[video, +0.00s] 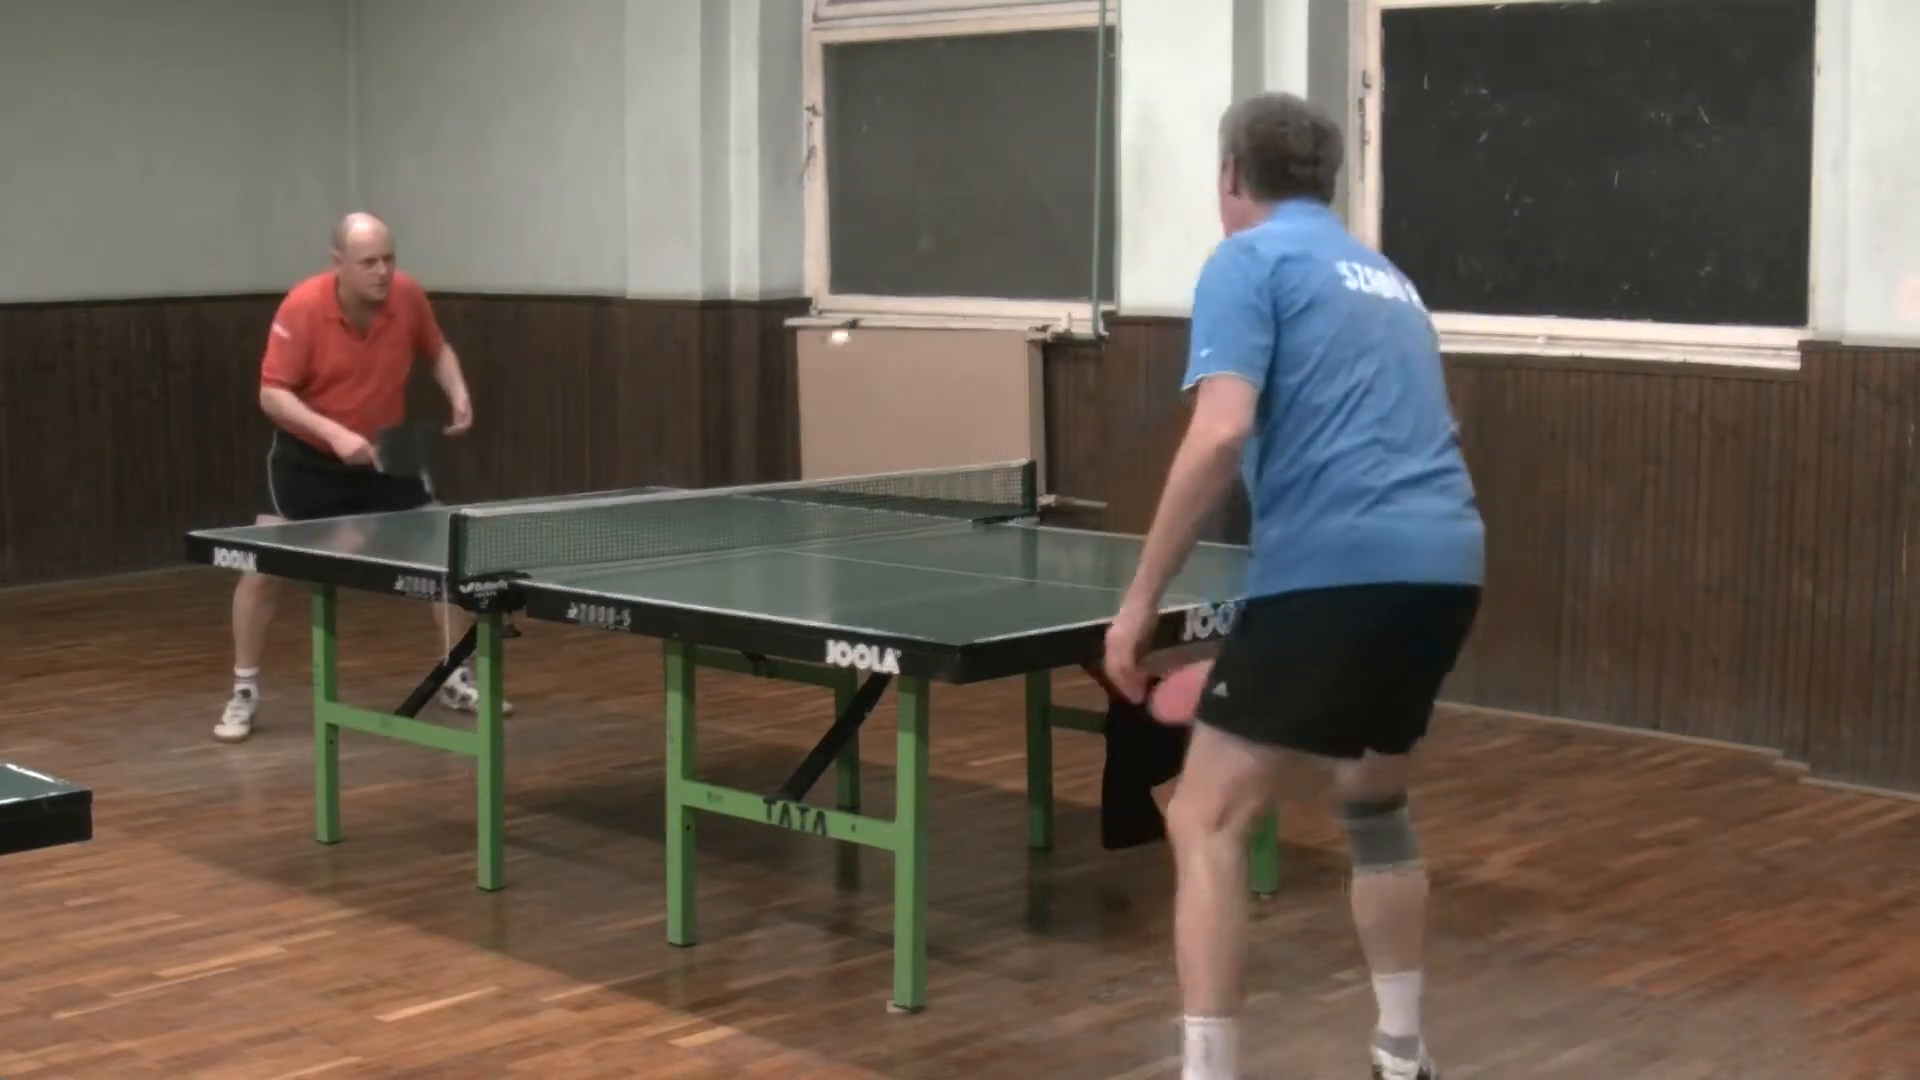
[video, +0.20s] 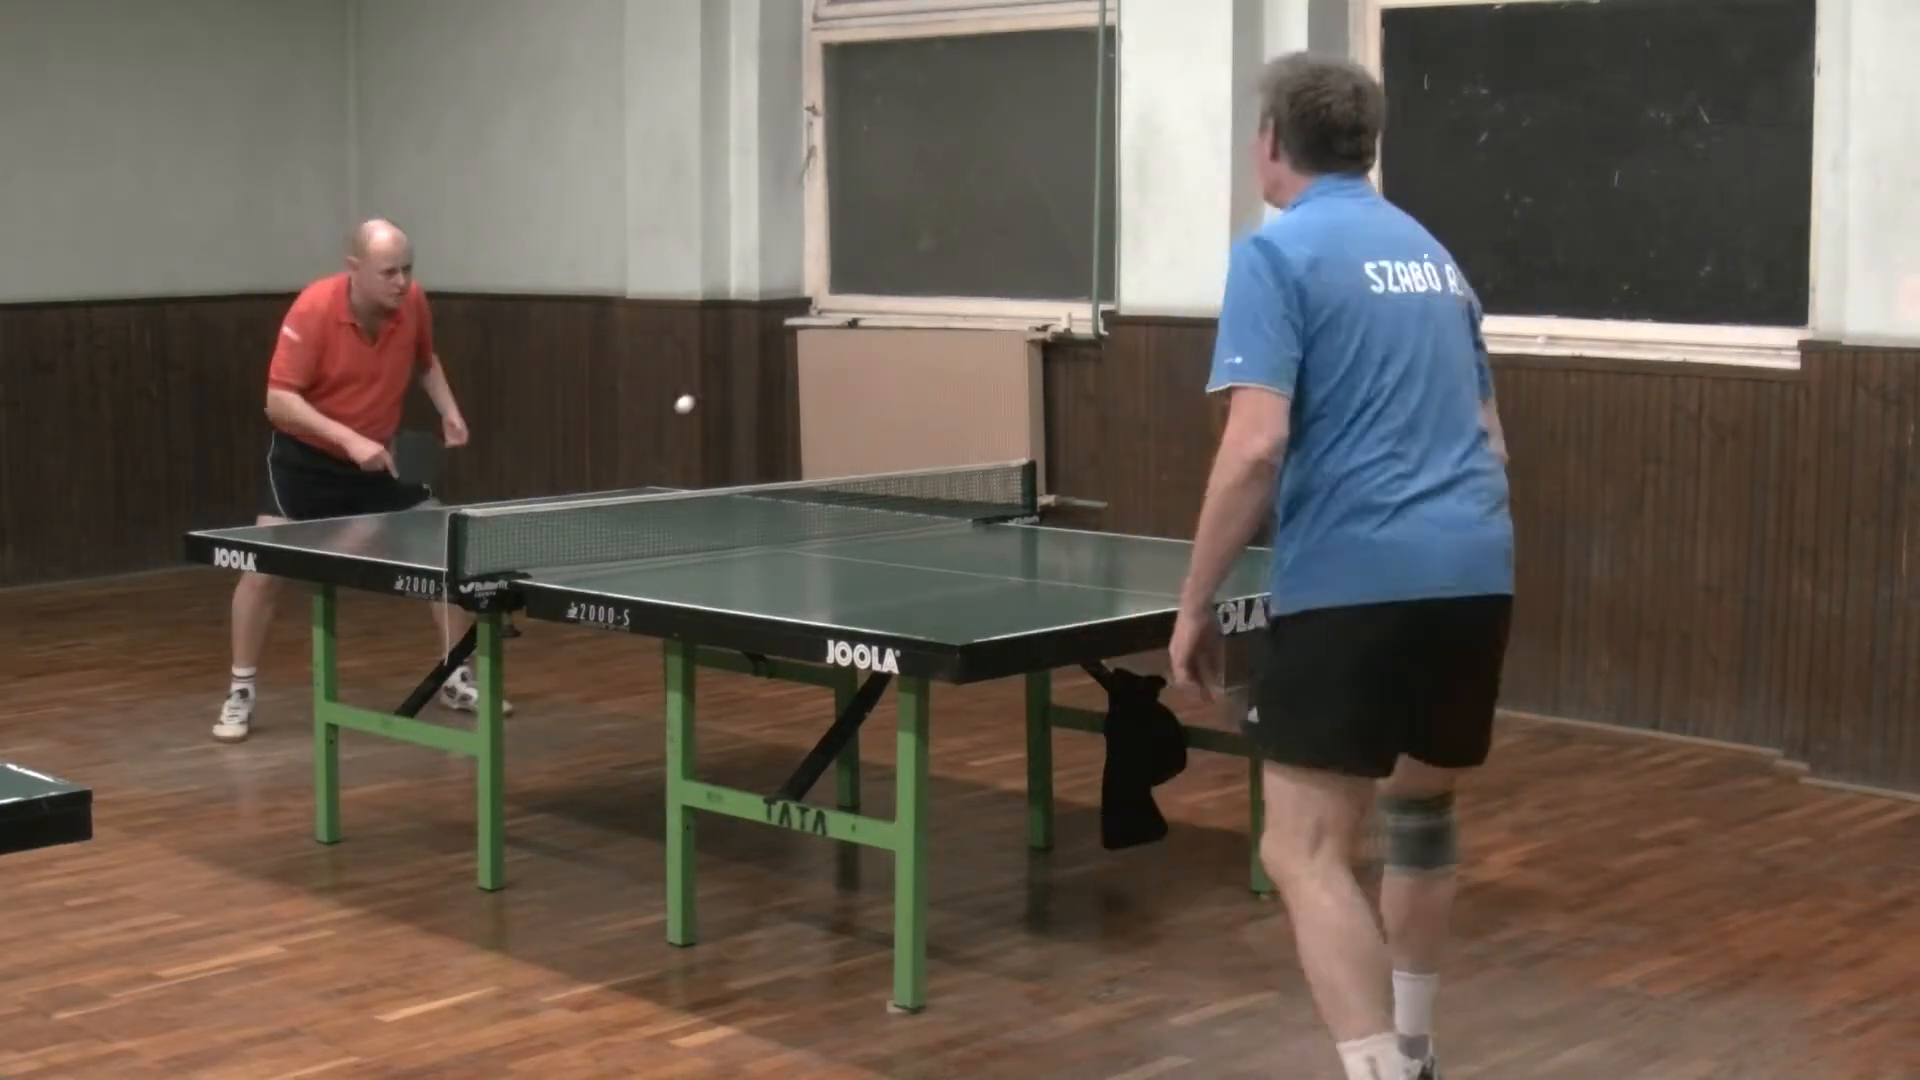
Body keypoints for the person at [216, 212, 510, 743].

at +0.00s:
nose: (381, 270)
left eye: (387, 259)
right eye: (368, 262)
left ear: (393, 257)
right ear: (339, 263)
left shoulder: (407, 296)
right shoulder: (305, 305)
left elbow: (437, 351)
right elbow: (272, 394)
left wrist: (459, 393)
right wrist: (335, 435)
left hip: (388, 458)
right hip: (308, 462)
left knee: (446, 555)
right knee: (265, 564)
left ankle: (459, 676)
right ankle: (244, 690)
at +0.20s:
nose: (402, 282)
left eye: (406, 270)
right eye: (390, 272)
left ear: (410, 267)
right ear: (354, 269)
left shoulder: (412, 303)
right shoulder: (315, 307)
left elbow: (425, 362)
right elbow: (279, 402)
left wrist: (449, 409)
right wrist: (347, 439)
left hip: (378, 462)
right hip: (305, 462)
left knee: (443, 552)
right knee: (265, 565)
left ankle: (460, 676)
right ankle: (240, 690)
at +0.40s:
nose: (416, 296)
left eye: (420, 285)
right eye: (407, 285)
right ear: (370, 271)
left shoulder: (385, 308)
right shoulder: (322, 303)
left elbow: (375, 374)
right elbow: (318, 397)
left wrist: (405, 410)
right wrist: (398, 405)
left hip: (363, 447)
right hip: (296, 449)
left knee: (418, 552)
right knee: (274, 561)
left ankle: (457, 674)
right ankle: (241, 690)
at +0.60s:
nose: (428, 287)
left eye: (431, 277)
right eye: (422, 275)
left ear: (396, 264)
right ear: (386, 261)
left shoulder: (383, 296)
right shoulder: (338, 290)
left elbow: (364, 369)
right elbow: (347, 376)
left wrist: (388, 407)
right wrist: (412, 372)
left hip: (362, 440)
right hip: (297, 439)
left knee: (418, 539)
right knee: (278, 559)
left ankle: (439, 671)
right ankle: (241, 689)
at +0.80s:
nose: (429, 272)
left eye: (433, 261)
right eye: (421, 260)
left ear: (425, 255)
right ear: (386, 249)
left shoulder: (397, 295)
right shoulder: (349, 282)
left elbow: (378, 362)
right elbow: (345, 328)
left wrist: (402, 403)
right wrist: (404, 351)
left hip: (370, 440)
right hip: (299, 436)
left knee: (420, 539)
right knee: (264, 552)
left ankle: (438, 670)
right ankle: (232, 685)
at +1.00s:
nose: (390, 254)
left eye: (393, 243)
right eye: (378, 245)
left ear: (393, 243)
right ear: (344, 245)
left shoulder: (371, 292)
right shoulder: (309, 285)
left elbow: (359, 361)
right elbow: (255, 333)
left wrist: (389, 414)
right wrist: (318, 346)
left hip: (351, 444)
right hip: (286, 445)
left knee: (409, 545)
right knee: (262, 563)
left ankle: (437, 671)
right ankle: (217, 650)